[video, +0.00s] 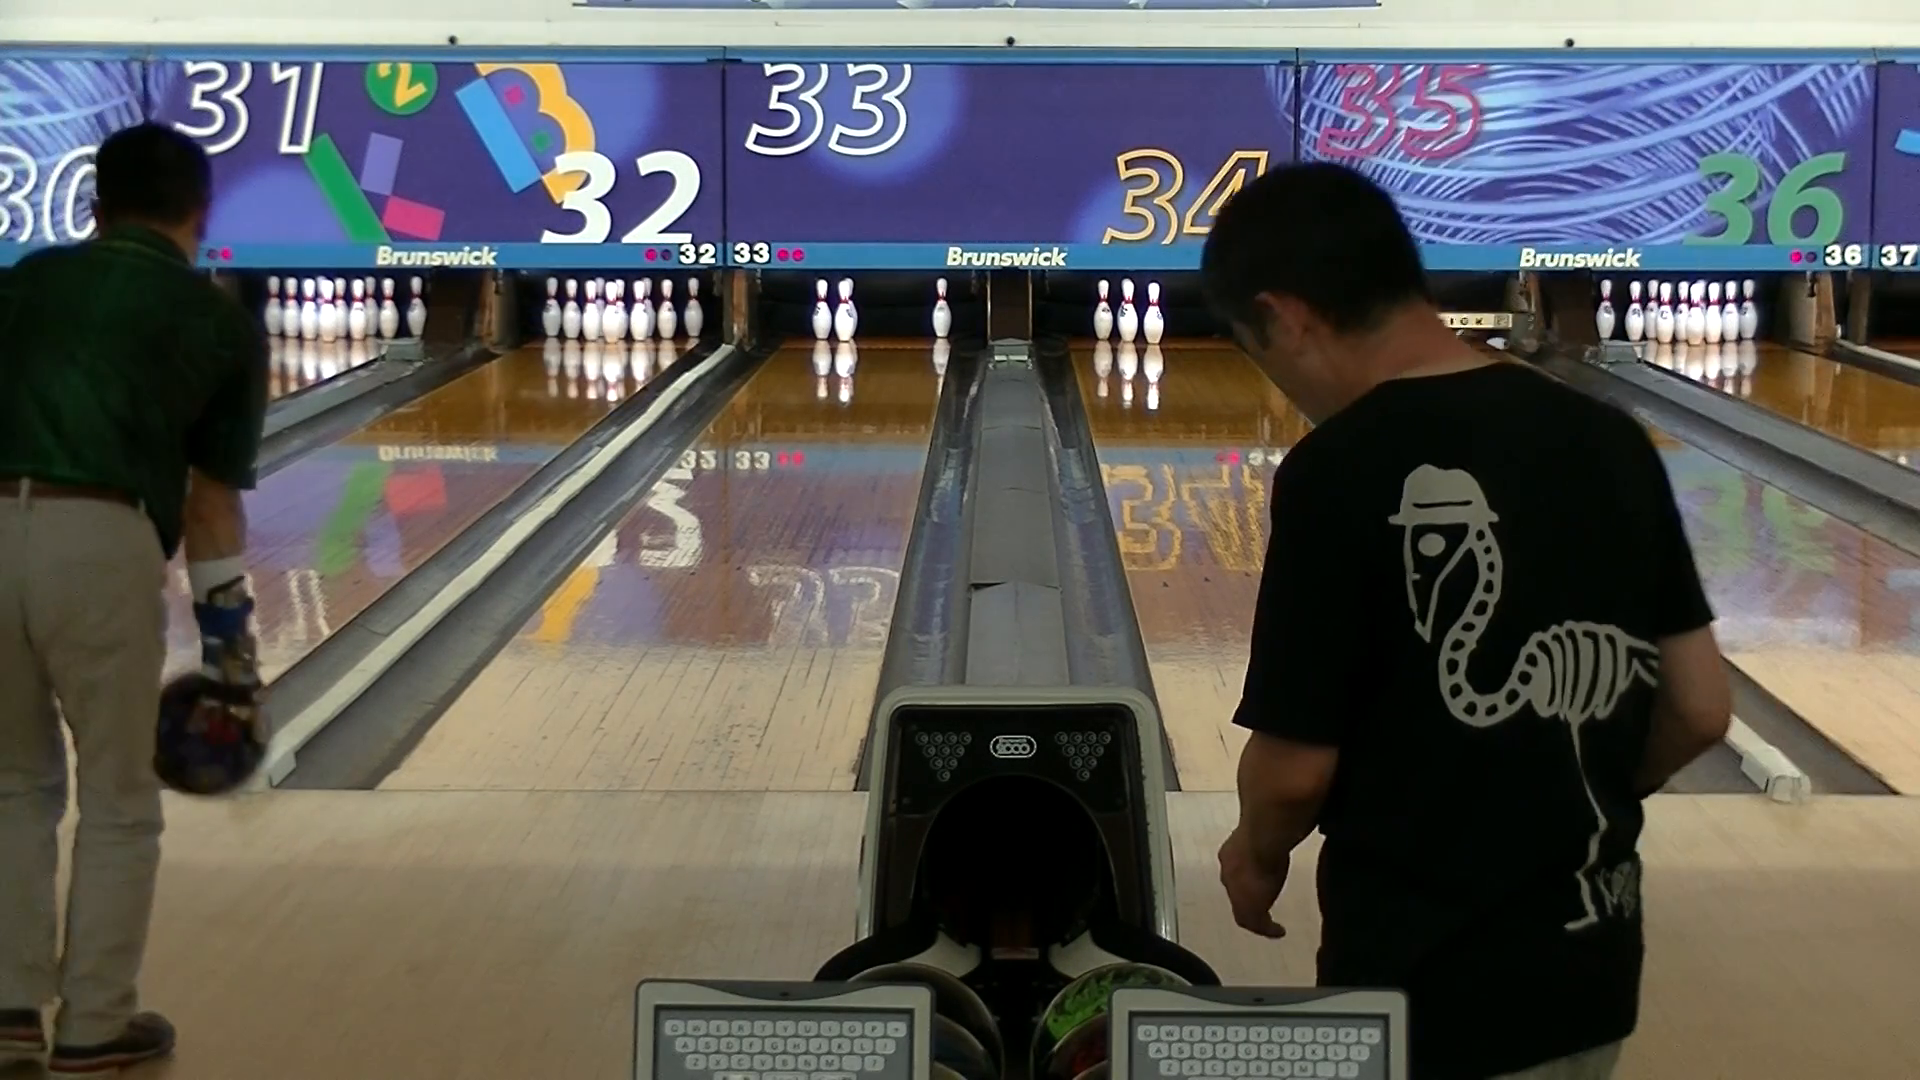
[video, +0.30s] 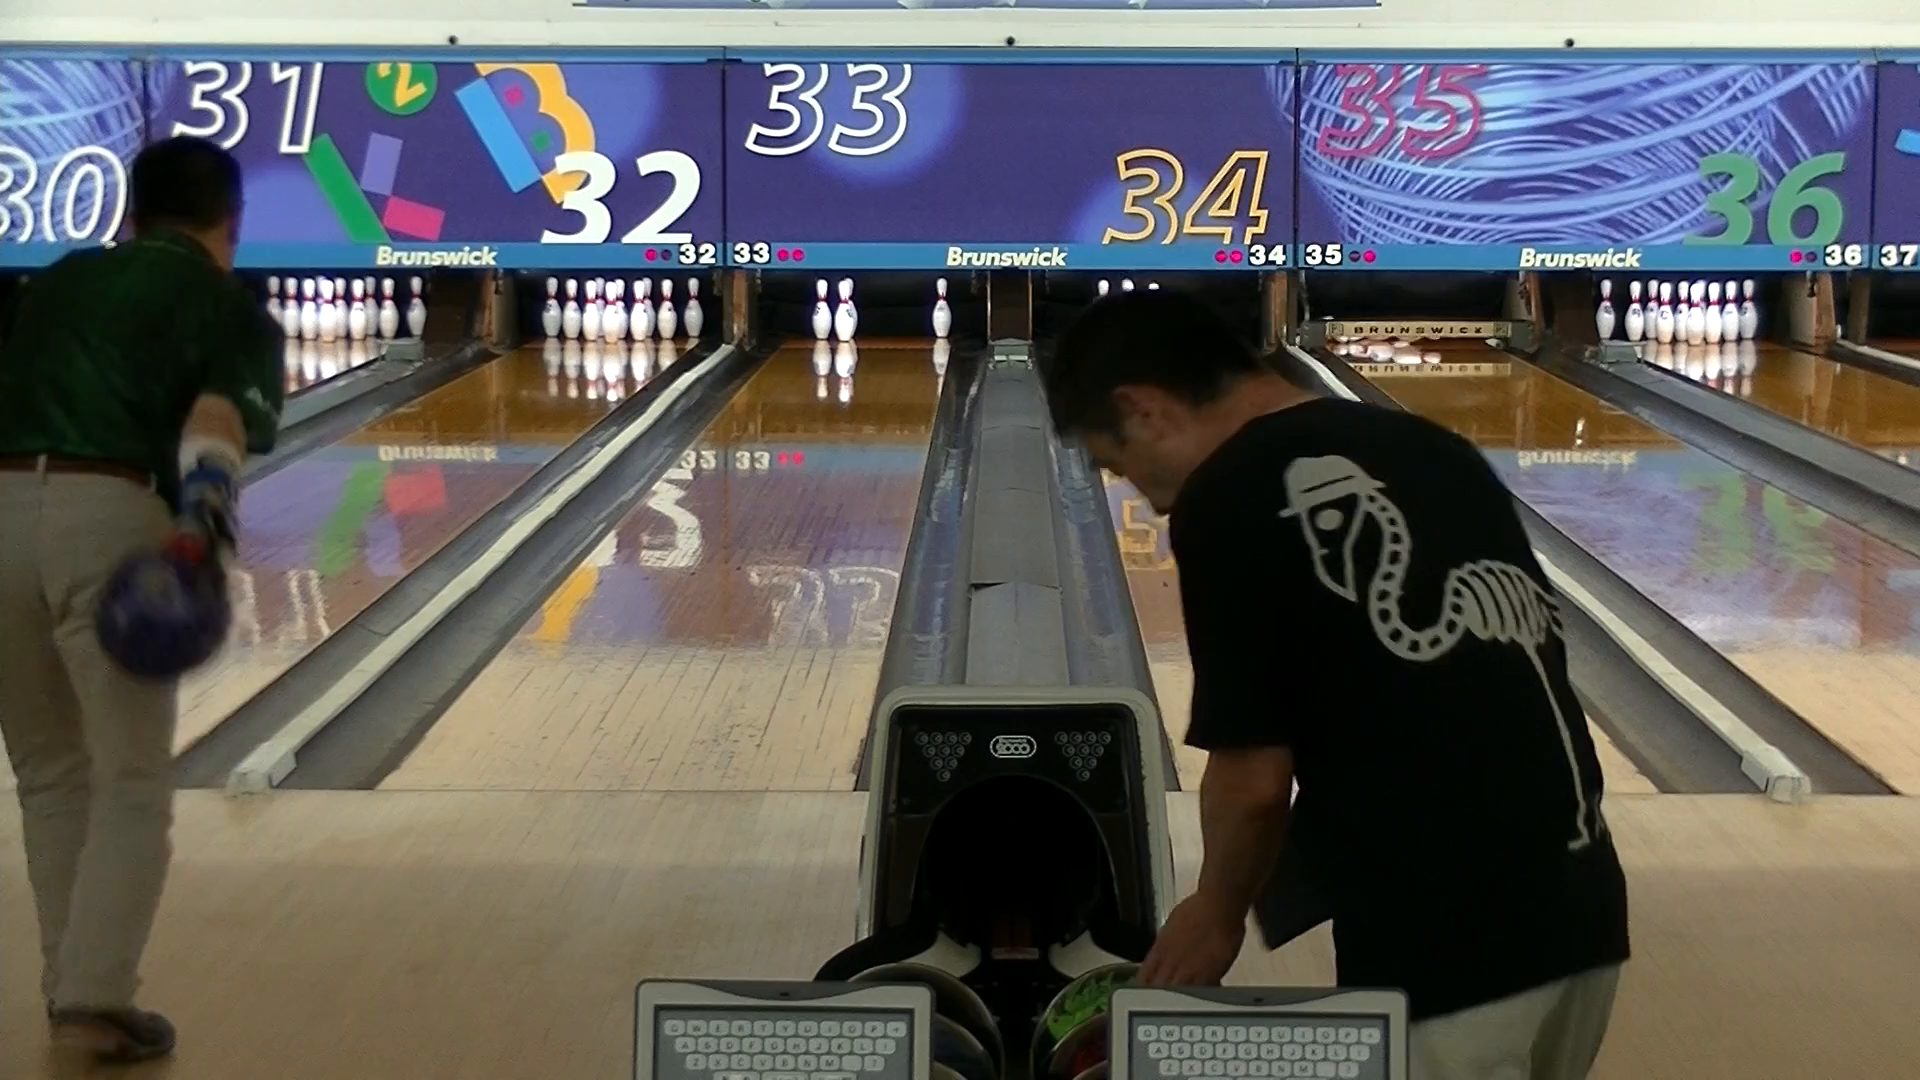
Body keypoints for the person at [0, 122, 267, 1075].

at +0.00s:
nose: (203, 228)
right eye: (203, 215)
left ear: (97, 209)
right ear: (193, 216)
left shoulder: (26, 278)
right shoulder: (210, 312)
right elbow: (211, 490)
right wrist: (227, 634)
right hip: (99, 545)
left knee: (17, 784)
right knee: (119, 798)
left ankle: (12, 1010)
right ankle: (94, 1021)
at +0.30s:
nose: (235, 242)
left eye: (230, 228)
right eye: (235, 228)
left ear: (132, 217)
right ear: (222, 224)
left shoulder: (55, 277)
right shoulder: (228, 303)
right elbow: (217, 417)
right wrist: (206, 512)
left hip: (4, 513)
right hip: (105, 515)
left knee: (47, 776)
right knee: (131, 777)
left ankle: (70, 991)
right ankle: (92, 1005)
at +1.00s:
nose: (345, 311)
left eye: (345, 299)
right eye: (345, 298)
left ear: (257, 285)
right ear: (337, 302)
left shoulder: (186, 314)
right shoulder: (325, 404)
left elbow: (78, 291)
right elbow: (285, 518)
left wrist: (5, 269)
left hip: (91, 548)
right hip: (194, 566)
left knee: (197, 684)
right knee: (179, 754)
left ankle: (209, 837)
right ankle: (142, 886)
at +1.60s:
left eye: (288, 155)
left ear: (284, 164)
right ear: (359, 164)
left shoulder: (257, 235)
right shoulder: (389, 231)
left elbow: (212, 326)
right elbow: (399, 132)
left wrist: (160, 412)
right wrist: (391, 49)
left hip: (240, 449)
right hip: (335, 459)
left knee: (275, 631)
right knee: (330, 644)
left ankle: (314, 798)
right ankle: (260, 675)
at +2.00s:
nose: (303, 96)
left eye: (292, 86)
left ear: (289, 98)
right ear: (369, 99)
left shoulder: (267, 189)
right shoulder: (402, 171)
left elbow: (218, 310)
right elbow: (433, 52)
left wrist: (158, 405)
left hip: (281, 403)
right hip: (377, 403)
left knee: (290, 619)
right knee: (388, 581)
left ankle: (315, 795)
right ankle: (376, 633)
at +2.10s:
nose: (289, 93)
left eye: (288, 84)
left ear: (294, 96)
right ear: (376, 95)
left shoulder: (267, 190)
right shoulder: (411, 174)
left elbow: (219, 312)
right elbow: (462, 86)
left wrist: (167, 404)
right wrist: (455, 22)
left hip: (287, 406)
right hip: (385, 406)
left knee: (293, 617)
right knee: (398, 584)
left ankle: (313, 797)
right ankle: (385, 692)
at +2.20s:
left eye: (306, 89)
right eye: (385, 87)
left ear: (306, 99)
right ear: (389, 97)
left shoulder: (269, 187)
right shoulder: (421, 183)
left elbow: (222, 309)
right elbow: (492, 172)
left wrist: (193, 395)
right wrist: (483, 97)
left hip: (294, 414)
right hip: (391, 413)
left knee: (300, 623)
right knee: (419, 604)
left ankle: (314, 799)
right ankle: (421, 766)